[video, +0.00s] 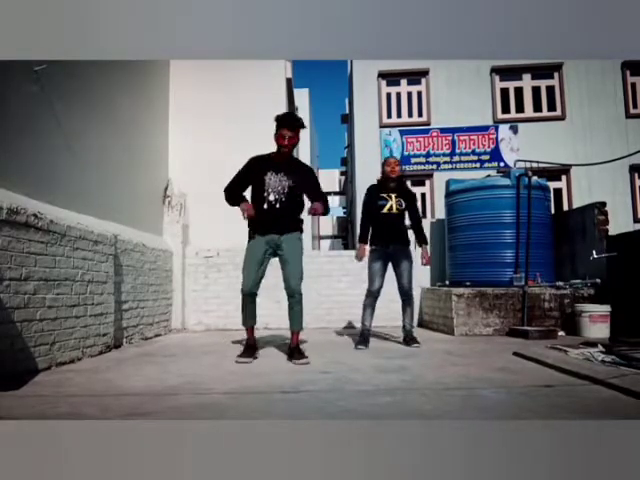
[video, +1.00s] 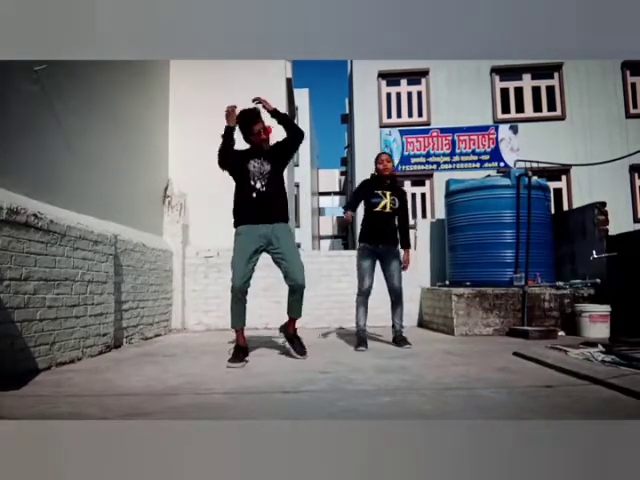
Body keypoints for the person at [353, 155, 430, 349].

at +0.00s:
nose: (393, 168)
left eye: (396, 165)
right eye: (390, 165)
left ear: (400, 168)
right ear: (383, 168)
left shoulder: (407, 192)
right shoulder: (373, 191)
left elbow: (415, 220)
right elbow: (366, 218)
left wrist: (423, 245)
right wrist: (362, 243)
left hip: (400, 246)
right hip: (378, 246)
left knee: (406, 290)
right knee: (373, 289)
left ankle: (408, 334)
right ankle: (364, 334)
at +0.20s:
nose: (391, 164)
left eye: (394, 162)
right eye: (388, 162)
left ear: (401, 166)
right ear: (384, 166)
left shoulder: (408, 187)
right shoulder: (375, 187)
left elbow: (415, 215)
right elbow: (368, 214)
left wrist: (414, 240)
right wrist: (364, 237)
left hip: (400, 243)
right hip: (378, 242)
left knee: (403, 288)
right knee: (371, 286)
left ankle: (408, 333)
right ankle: (363, 332)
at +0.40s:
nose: (378, 165)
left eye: (382, 162)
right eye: (375, 163)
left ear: (389, 166)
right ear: (371, 168)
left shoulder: (399, 187)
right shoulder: (366, 192)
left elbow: (409, 217)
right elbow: (365, 221)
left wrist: (411, 244)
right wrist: (365, 245)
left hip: (396, 245)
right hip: (373, 246)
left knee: (401, 288)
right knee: (368, 290)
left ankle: (408, 332)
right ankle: (362, 335)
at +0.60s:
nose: (367, 165)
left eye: (370, 162)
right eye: (363, 163)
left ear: (376, 166)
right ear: (359, 167)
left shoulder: (387, 186)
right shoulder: (355, 191)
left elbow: (400, 213)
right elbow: (351, 223)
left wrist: (410, 238)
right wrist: (351, 253)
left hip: (391, 245)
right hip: (368, 247)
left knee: (402, 287)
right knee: (365, 291)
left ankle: (408, 330)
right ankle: (361, 336)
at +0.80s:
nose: (373, 165)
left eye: (376, 161)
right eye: (369, 162)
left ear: (381, 165)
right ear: (363, 166)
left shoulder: (387, 187)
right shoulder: (358, 187)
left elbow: (396, 217)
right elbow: (346, 208)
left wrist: (405, 243)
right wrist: (340, 222)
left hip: (391, 243)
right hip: (369, 244)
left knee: (399, 288)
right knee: (367, 289)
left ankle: (399, 333)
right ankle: (362, 336)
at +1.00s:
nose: (384, 165)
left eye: (387, 162)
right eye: (380, 162)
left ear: (393, 165)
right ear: (376, 166)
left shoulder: (399, 191)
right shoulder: (368, 185)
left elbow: (403, 222)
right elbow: (353, 201)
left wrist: (406, 249)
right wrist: (349, 212)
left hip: (390, 245)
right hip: (367, 244)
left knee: (396, 289)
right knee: (364, 289)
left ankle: (398, 333)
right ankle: (361, 335)